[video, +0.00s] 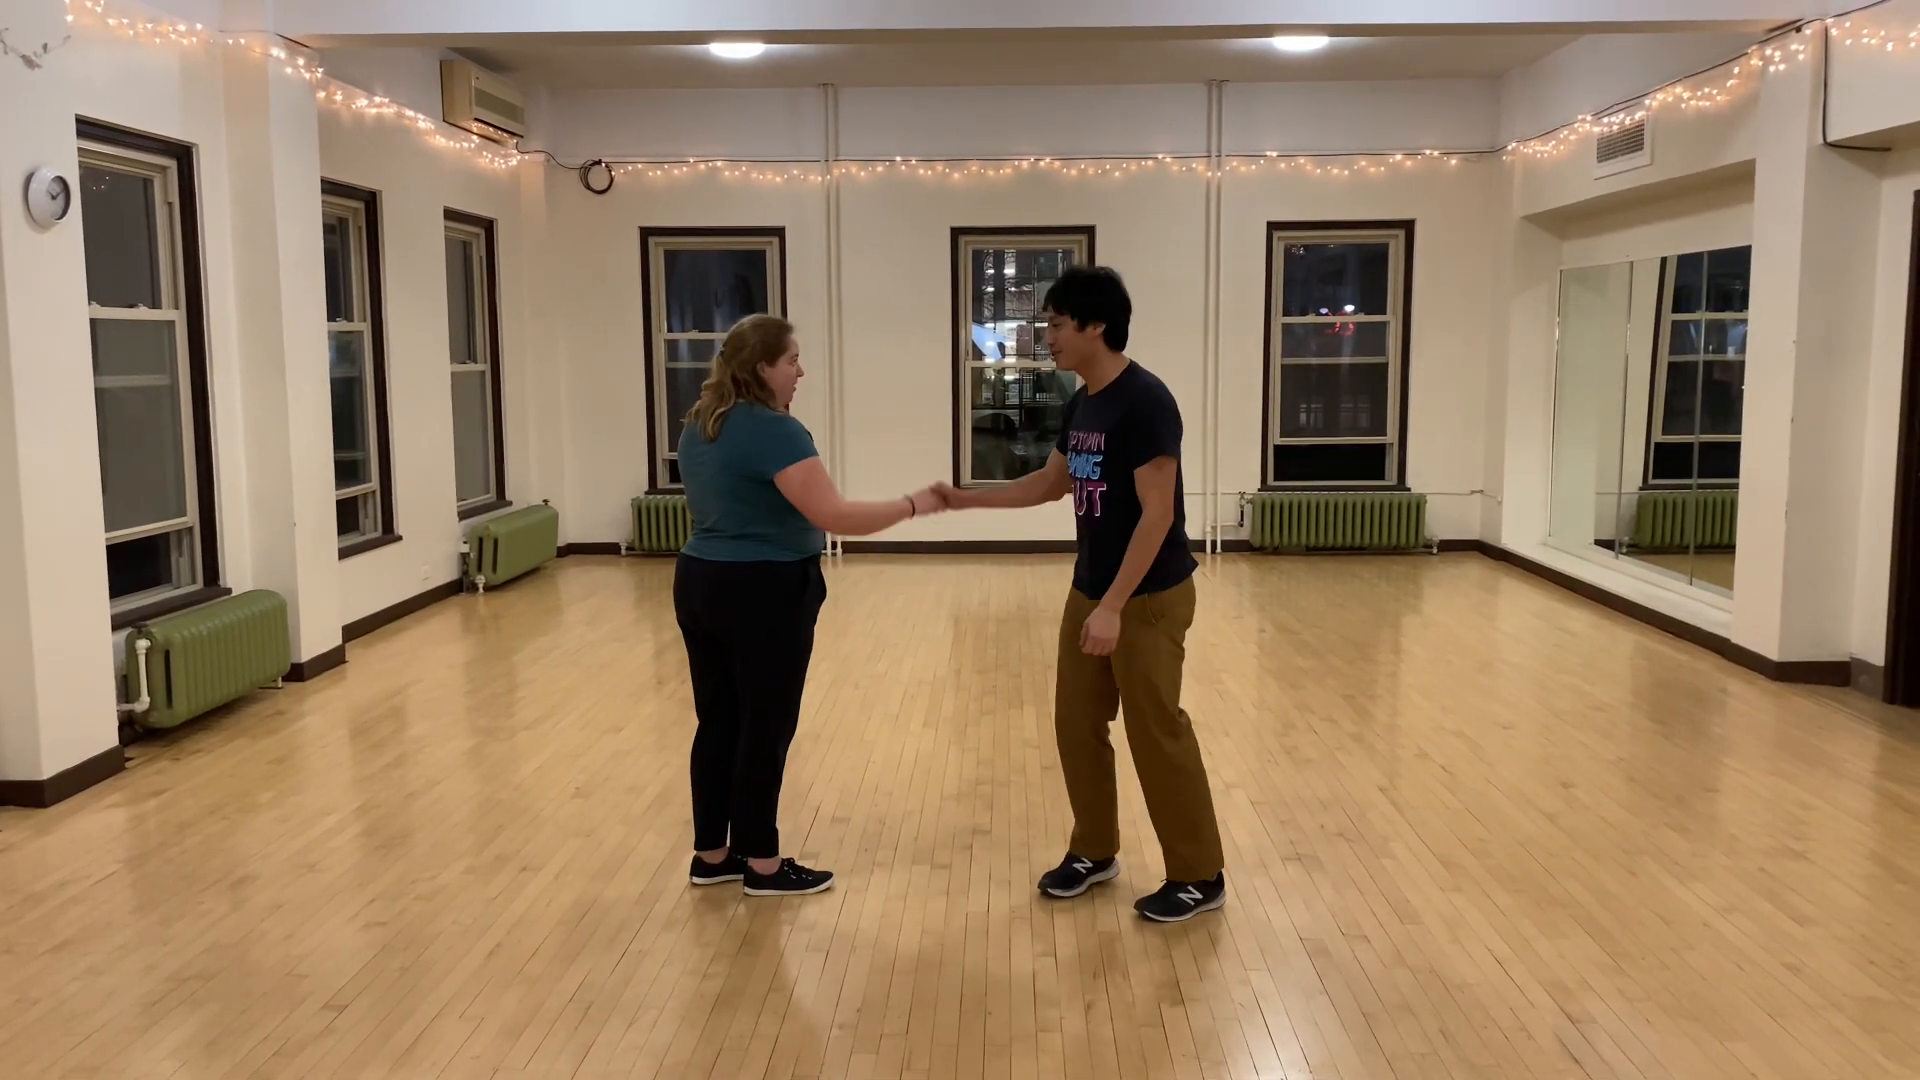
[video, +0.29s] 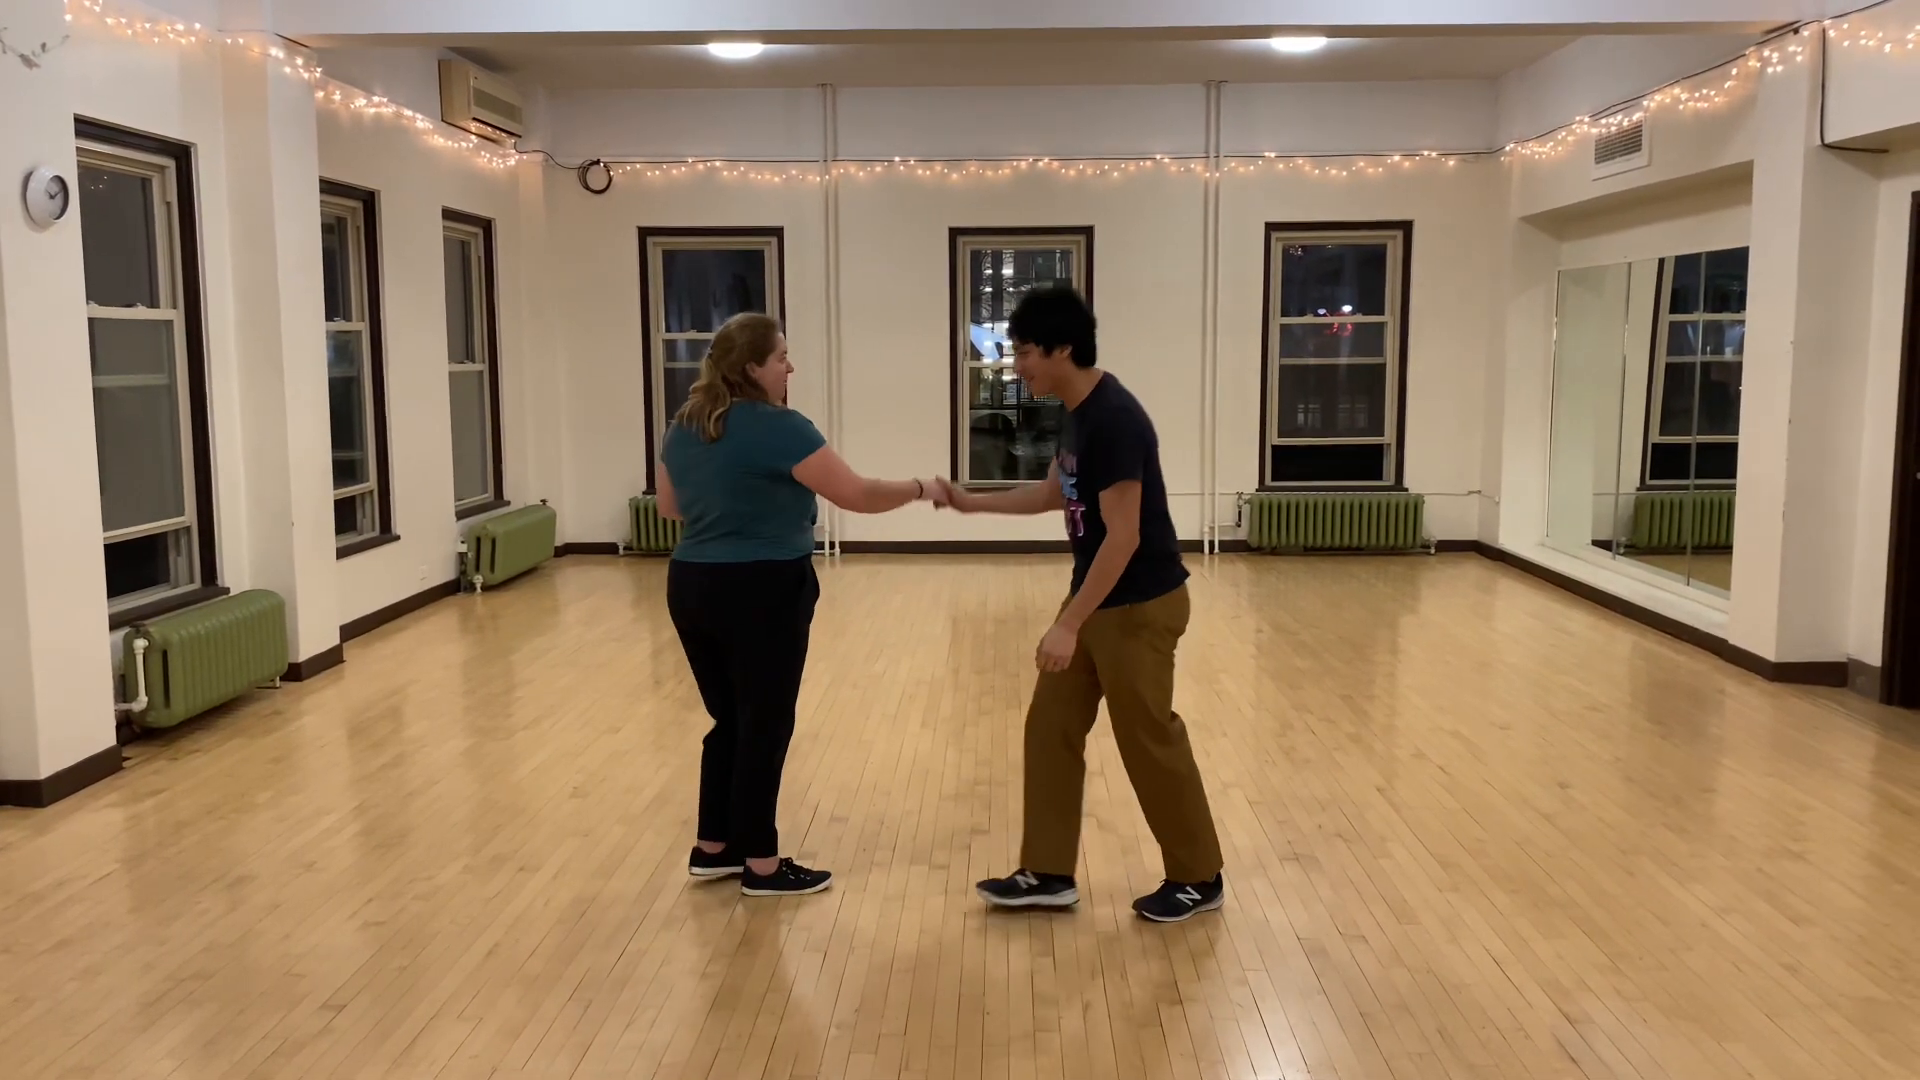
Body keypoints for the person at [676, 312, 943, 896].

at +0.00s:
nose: (800, 372)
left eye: (798, 360)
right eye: (792, 361)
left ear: (741, 368)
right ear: (760, 367)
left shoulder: (698, 428)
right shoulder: (774, 432)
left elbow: (717, 508)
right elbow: (835, 515)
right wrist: (913, 505)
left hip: (704, 587)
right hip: (770, 592)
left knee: (717, 720)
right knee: (767, 727)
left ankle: (712, 853)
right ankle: (763, 863)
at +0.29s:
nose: (790, 368)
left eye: (787, 357)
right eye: (782, 359)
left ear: (729, 368)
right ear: (752, 367)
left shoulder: (685, 427)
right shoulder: (780, 428)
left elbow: (669, 503)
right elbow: (857, 494)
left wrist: (731, 490)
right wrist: (919, 488)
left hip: (694, 587)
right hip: (769, 587)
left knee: (728, 717)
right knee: (767, 723)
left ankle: (713, 844)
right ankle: (762, 862)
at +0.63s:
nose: (756, 370)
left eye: (755, 359)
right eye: (746, 361)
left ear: (707, 373)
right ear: (712, 370)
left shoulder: (676, 423)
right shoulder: (719, 431)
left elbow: (690, 492)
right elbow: (783, 518)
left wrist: (748, 453)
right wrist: (862, 542)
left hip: (669, 584)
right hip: (715, 589)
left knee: (696, 711)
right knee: (755, 718)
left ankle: (676, 834)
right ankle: (764, 860)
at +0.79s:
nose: (727, 371)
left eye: (728, 361)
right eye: (715, 361)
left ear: (721, 369)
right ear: (679, 368)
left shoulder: (705, 427)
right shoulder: (656, 431)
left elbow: (729, 492)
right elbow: (704, 512)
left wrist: (771, 468)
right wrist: (800, 528)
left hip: (701, 585)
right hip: (657, 587)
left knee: (689, 703)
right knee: (721, 697)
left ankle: (678, 833)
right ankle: (703, 840)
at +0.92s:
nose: (702, 372)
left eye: (703, 362)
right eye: (690, 363)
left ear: (701, 370)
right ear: (654, 369)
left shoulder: (717, 431)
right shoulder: (618, 433)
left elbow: (753, 512)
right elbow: (652, 509)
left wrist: (762, 480)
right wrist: (743, 525)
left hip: (703, 585)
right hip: (631, 586)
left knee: (705, 712)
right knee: (663, 713)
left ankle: (683, 834)